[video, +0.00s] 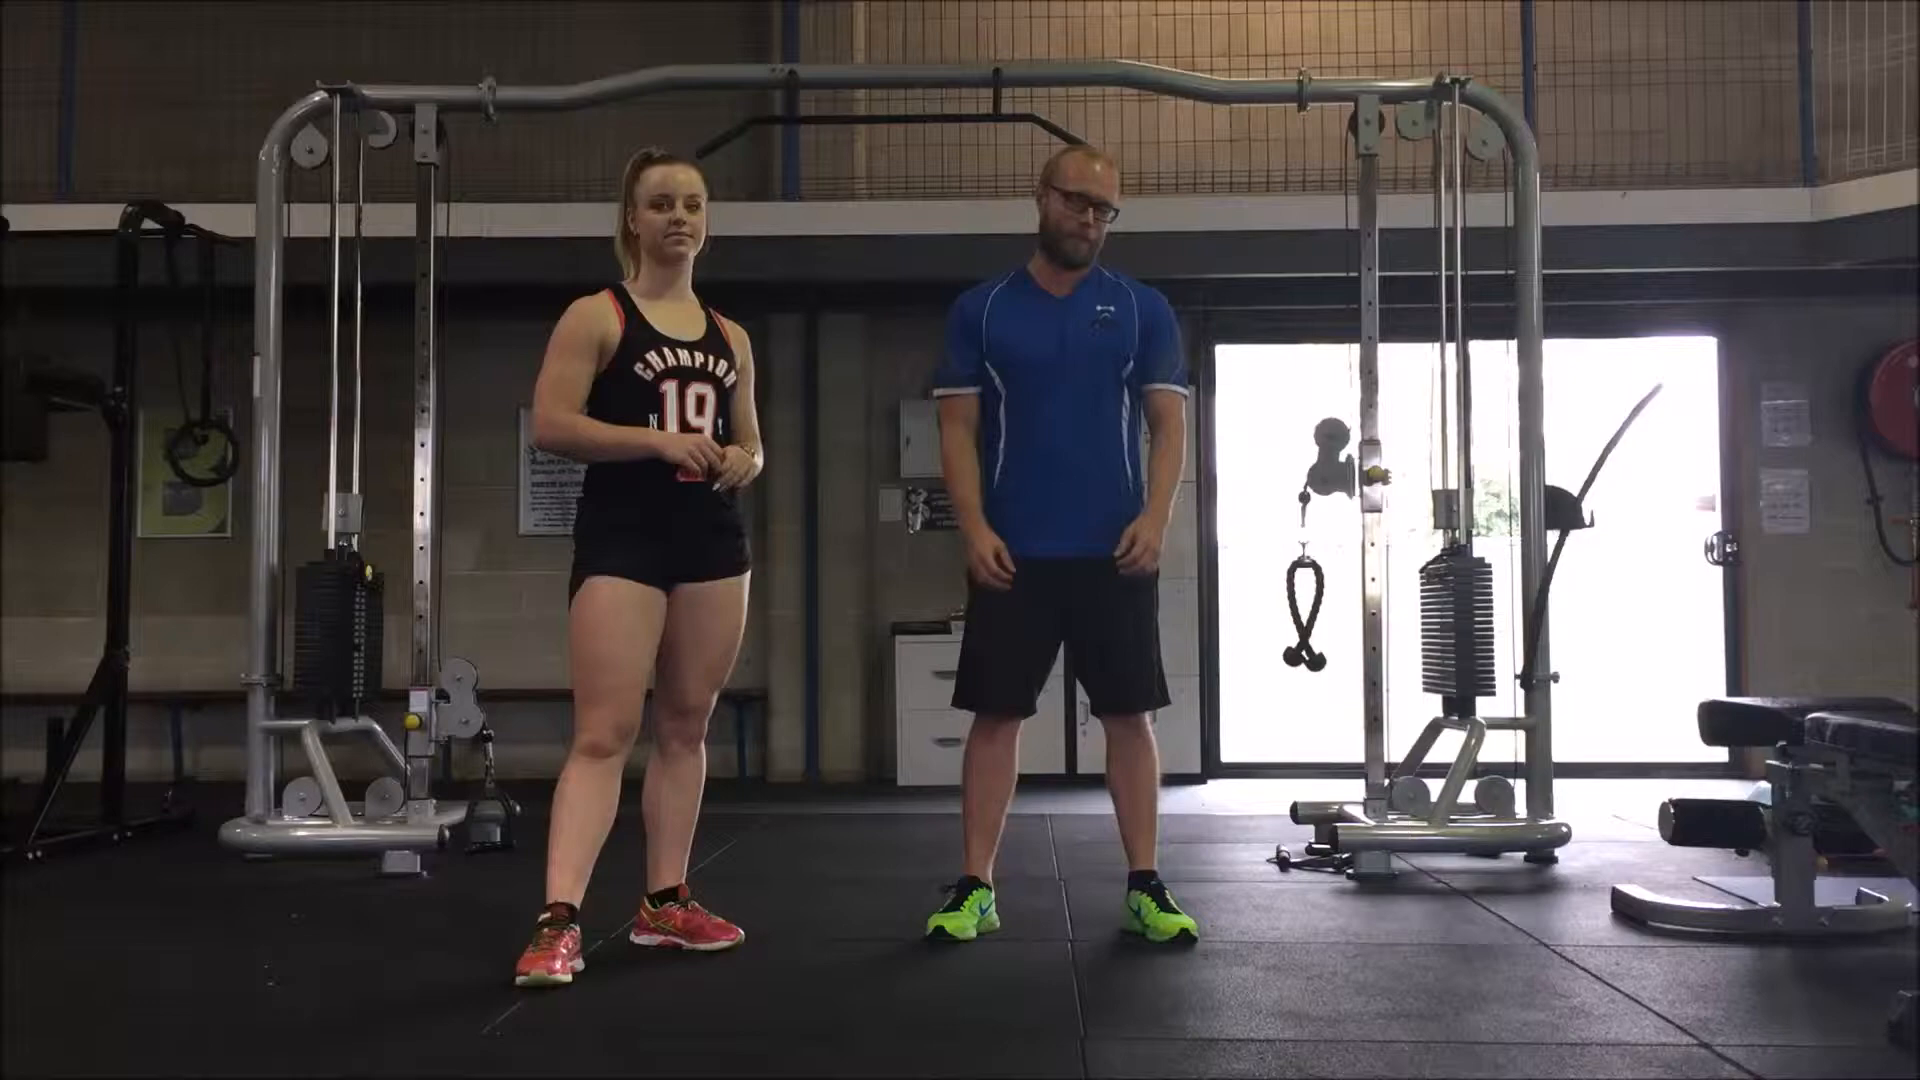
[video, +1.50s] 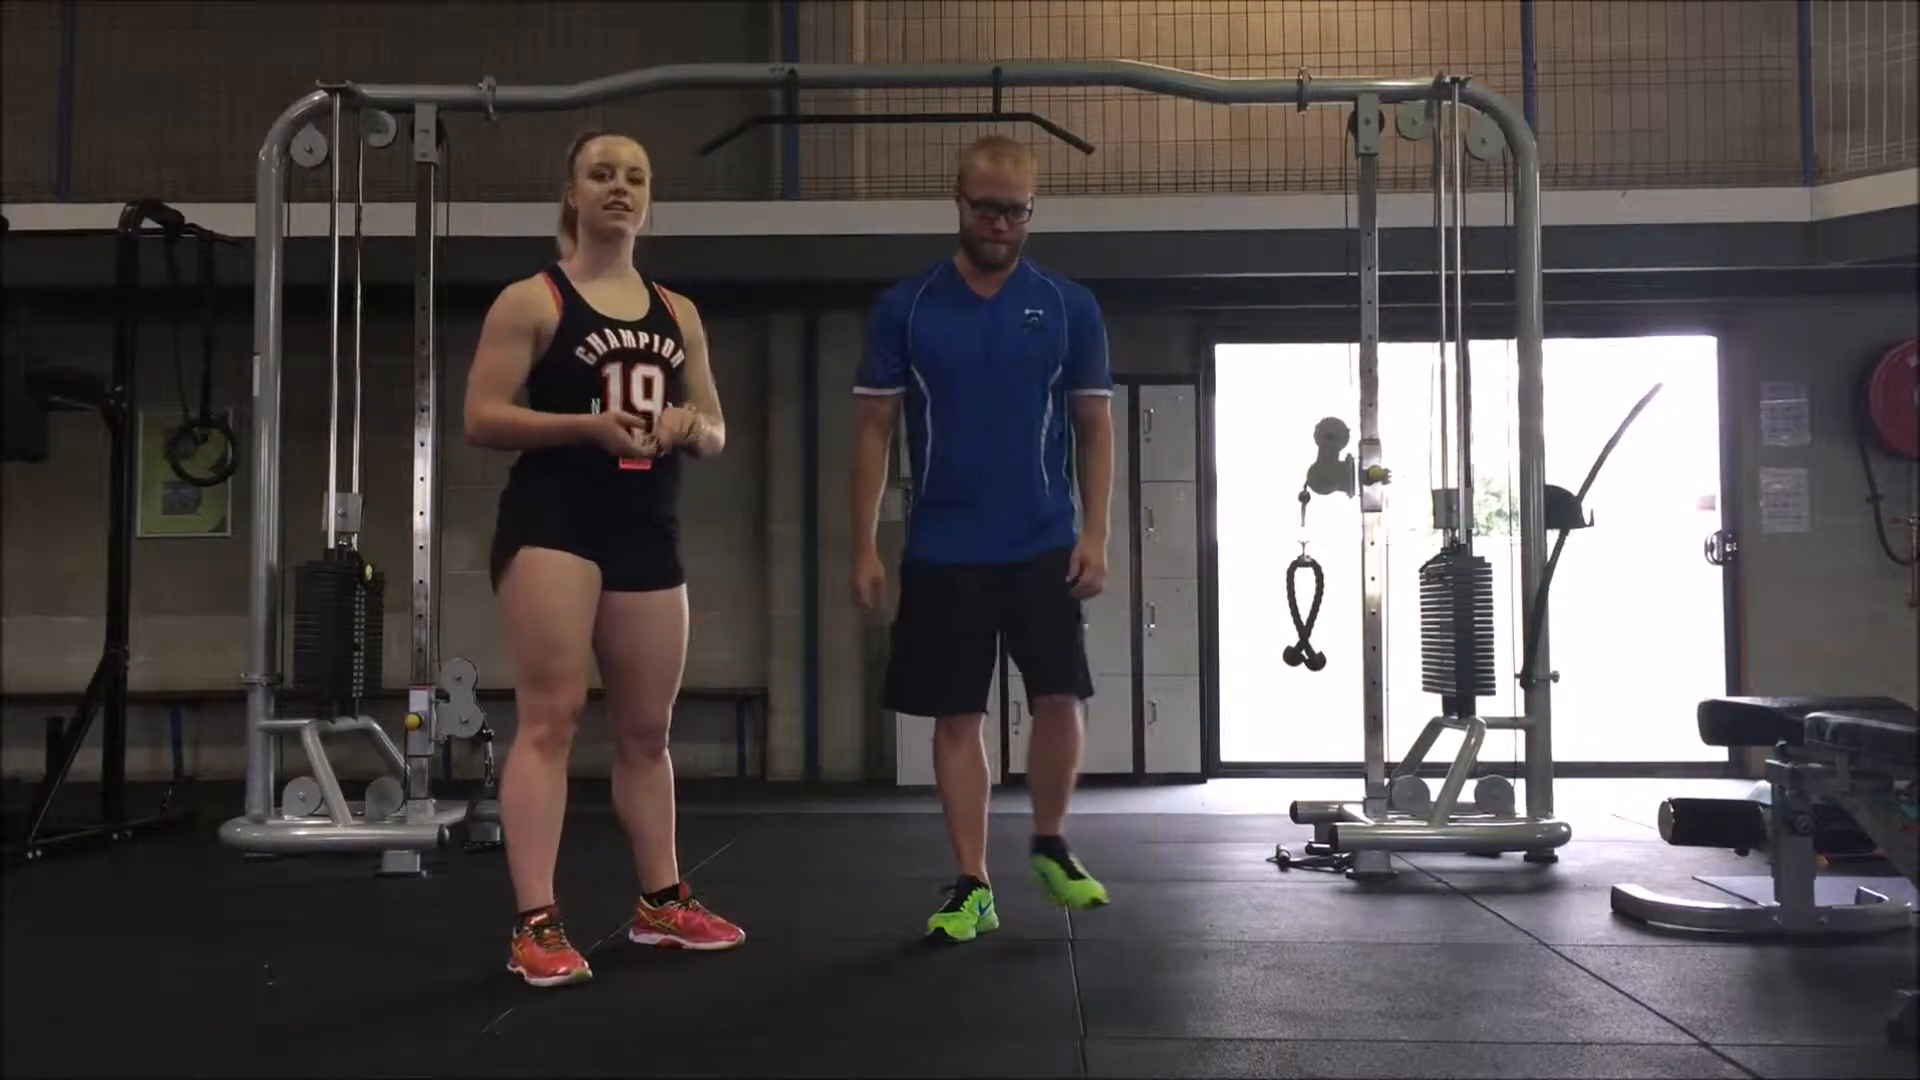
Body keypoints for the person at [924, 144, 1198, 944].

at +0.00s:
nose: (1089, 218)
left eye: (1102, 209)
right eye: (1076, 202)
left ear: (1115, 219)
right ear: (1042, 201)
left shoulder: (1141, 309)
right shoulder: (981, 309)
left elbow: (1169, 423)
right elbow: (956, 427)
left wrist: (1155, 516)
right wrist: (973, 527)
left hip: (1112, 555)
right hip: (1014, 556)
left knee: (1128, 717)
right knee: (994, 720)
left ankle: (1145, 885)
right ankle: (975, 886)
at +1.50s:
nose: (998, 222)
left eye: (1013, 209)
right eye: (984, 207)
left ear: (1033, 211)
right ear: (958, 204)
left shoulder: (1070, 308)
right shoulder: (905, 309)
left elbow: (1095, 424)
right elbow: (873, 427)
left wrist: (1095, 532)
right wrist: (864, 546)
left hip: (1042, 547)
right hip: (944, 551)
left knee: (1059, 699)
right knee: (955, 717)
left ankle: (1050, 844)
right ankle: (972, 884)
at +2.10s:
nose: (1032, 271)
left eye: (1046, 258)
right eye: (1017, 256)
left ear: (1064, 264)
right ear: (987, 258)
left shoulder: (1110, 357)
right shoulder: (945, 372)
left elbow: (1148, 467)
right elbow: (920, 494)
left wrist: (1123, 552)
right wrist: (942, 591)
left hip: (1091, 590)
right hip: (991, 593)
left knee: (1106, 735)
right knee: (974, 742)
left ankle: (1080, 862)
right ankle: (974, 891)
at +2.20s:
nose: (1076, 265)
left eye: (1090, 253)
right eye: (1061, 249)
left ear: (1107, 260)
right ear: (1030, 251)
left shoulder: (1147, 354)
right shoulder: (985, 365)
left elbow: (1187, 463)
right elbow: (961, 483)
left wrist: (1150, 513)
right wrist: (1001, 552)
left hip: (1125, 583)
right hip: (1025, 584)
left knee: (1179, 720)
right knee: (987, 741)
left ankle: (1180, 864)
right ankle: (976, 890)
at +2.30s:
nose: (1142, 229)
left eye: (1156, 216)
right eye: (1127, 213)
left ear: (1171, 221)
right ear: (1095, 212)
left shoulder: (1210, 316)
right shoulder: (1046, 324)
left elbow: (1247, 429)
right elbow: (1013, 438)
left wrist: (1204, 451)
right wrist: (1064, 486)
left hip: (1181, 554)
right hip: (1075, 557)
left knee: (1260, 685)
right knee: (1018, 716)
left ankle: (1298, 851)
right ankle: (975, 880)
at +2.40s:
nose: (1220, 208)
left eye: (1233, 194)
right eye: (1205, 191)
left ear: (1248, 197)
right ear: (1172, 187)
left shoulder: (1284, 283)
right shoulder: (1115, 290)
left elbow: (1320, 404)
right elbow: (1081, 407)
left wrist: (1269, 418)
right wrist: (1129, 446)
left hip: (1249, 529)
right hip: (1141, 530)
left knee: (1333, 681)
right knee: (1068, 686)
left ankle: (1405, 856)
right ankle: (998, 846)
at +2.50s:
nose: (1294, 221)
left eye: (1308, 208)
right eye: (1279, 205)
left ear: (1325, 209)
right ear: (1245, 201)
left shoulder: (1364, 304)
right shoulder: (1193, 304)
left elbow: (1391, 419)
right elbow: (1148, 424)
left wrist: (1336, 432)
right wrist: (1192, 455)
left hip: (1325, 551)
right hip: (1215, 547)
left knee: (1401, 711)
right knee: (1130, 694)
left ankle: (1441, 891)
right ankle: (1061, 827)